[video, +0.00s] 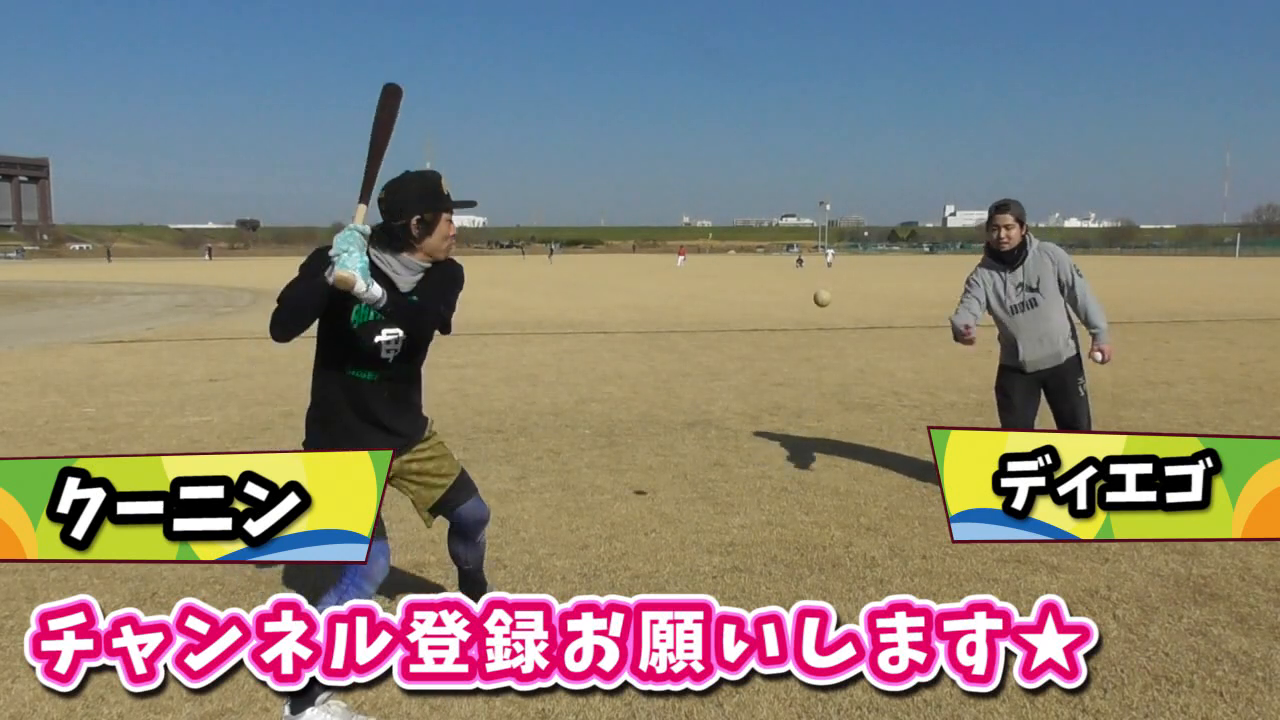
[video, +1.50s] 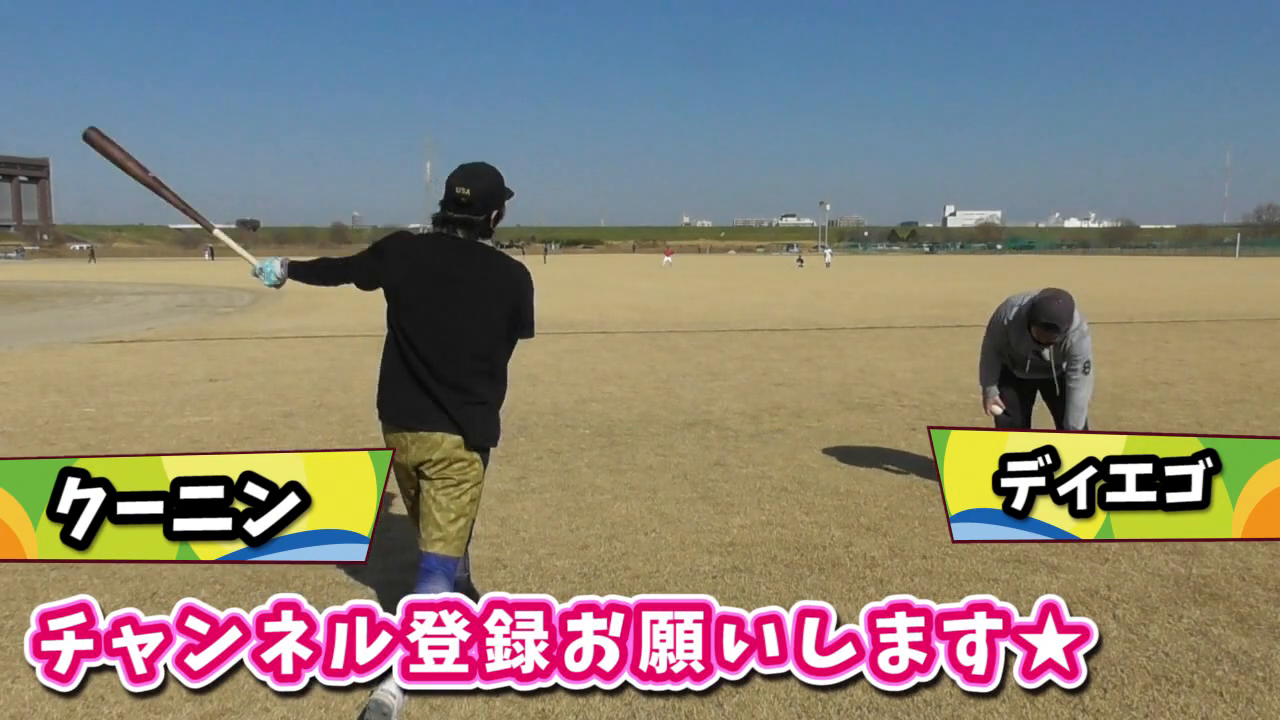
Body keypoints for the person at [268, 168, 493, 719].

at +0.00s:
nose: (455, 226)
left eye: (453, 216)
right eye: (446, 218)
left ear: (420, 225)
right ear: (416, 226)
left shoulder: (445, 274)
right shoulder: (338, 259)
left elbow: (417, 331)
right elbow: (281, 328)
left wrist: (363, 289)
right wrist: (331, 269)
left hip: (406, 428)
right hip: (343, 437)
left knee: (471, 514)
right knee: (369, 564)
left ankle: (475, 605)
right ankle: (305, 694)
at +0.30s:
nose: (484, 233)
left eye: (483, 224)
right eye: (482, 226)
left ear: (428, 222)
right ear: (467, 232)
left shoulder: (385, 256)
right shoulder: (466, 296)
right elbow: (506, 315)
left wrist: (459, 256)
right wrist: (483, 274)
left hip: (370, 426)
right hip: (424, 444)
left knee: (446, 511)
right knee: (434, 569)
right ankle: (348, 670)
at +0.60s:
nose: (485, 207)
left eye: (476, 198)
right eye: (484, 200)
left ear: (424, 203)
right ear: (478, 208)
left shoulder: (390, 254)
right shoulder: (493, 256)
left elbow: (305, 215)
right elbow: (444, 257)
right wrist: (394, 236)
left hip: (402, 435)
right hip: (464, 439)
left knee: (442, 549)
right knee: (444, 570)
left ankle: (479, 636)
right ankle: (393, 693)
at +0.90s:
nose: (483, 206)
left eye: (434, 188)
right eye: (486, 199)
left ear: (429, 202)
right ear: (484, 213)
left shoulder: (396, 250)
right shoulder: (499, 267)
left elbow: (321, 199)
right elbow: (456, 260)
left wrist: (278, 127)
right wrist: (382, 254)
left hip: (400, 432)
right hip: (461, 437)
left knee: (434, 555)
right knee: (436, 575)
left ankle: (470, 639)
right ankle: (395, 693)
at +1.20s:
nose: (483, 208)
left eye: (451, 197)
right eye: (490, 204)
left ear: (434, 202)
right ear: (490, 213)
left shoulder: (399, 247)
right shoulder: (503, 270)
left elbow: (326, 202)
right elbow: (496, 312)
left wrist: (271, 139)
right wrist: (409, 273)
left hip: (400, 430)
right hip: (461, 435)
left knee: (435, 548)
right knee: (436, 569)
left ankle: (464, 611)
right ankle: (393, 693)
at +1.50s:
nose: (503, 214)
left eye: (497, 204)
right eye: (501, 207)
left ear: (447, 202)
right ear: (494, 214)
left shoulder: (403, 250)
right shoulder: (511, 275)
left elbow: (347, 270)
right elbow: (516, 334)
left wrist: (286, 269)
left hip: (401, 422)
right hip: (463, 430)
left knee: (437, 540)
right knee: (437, 562)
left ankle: (467, 615)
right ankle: (395, 686)